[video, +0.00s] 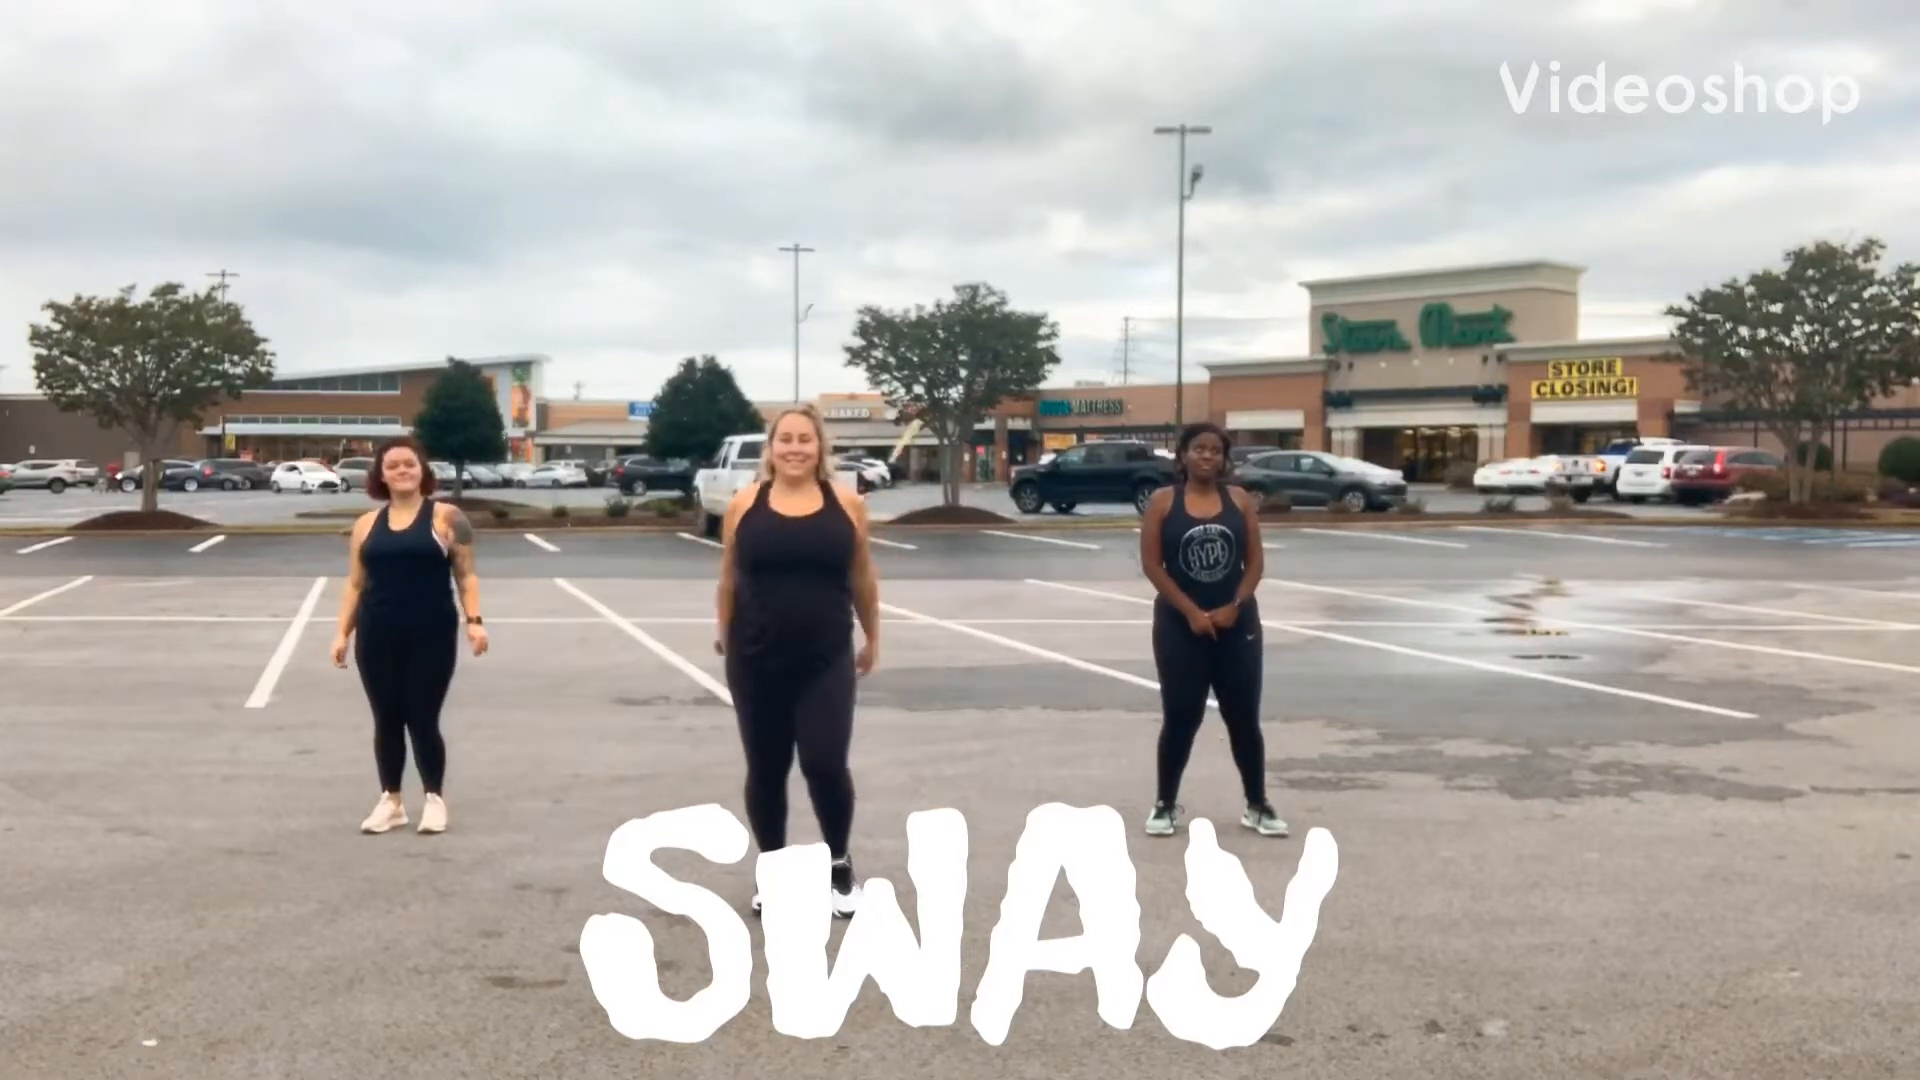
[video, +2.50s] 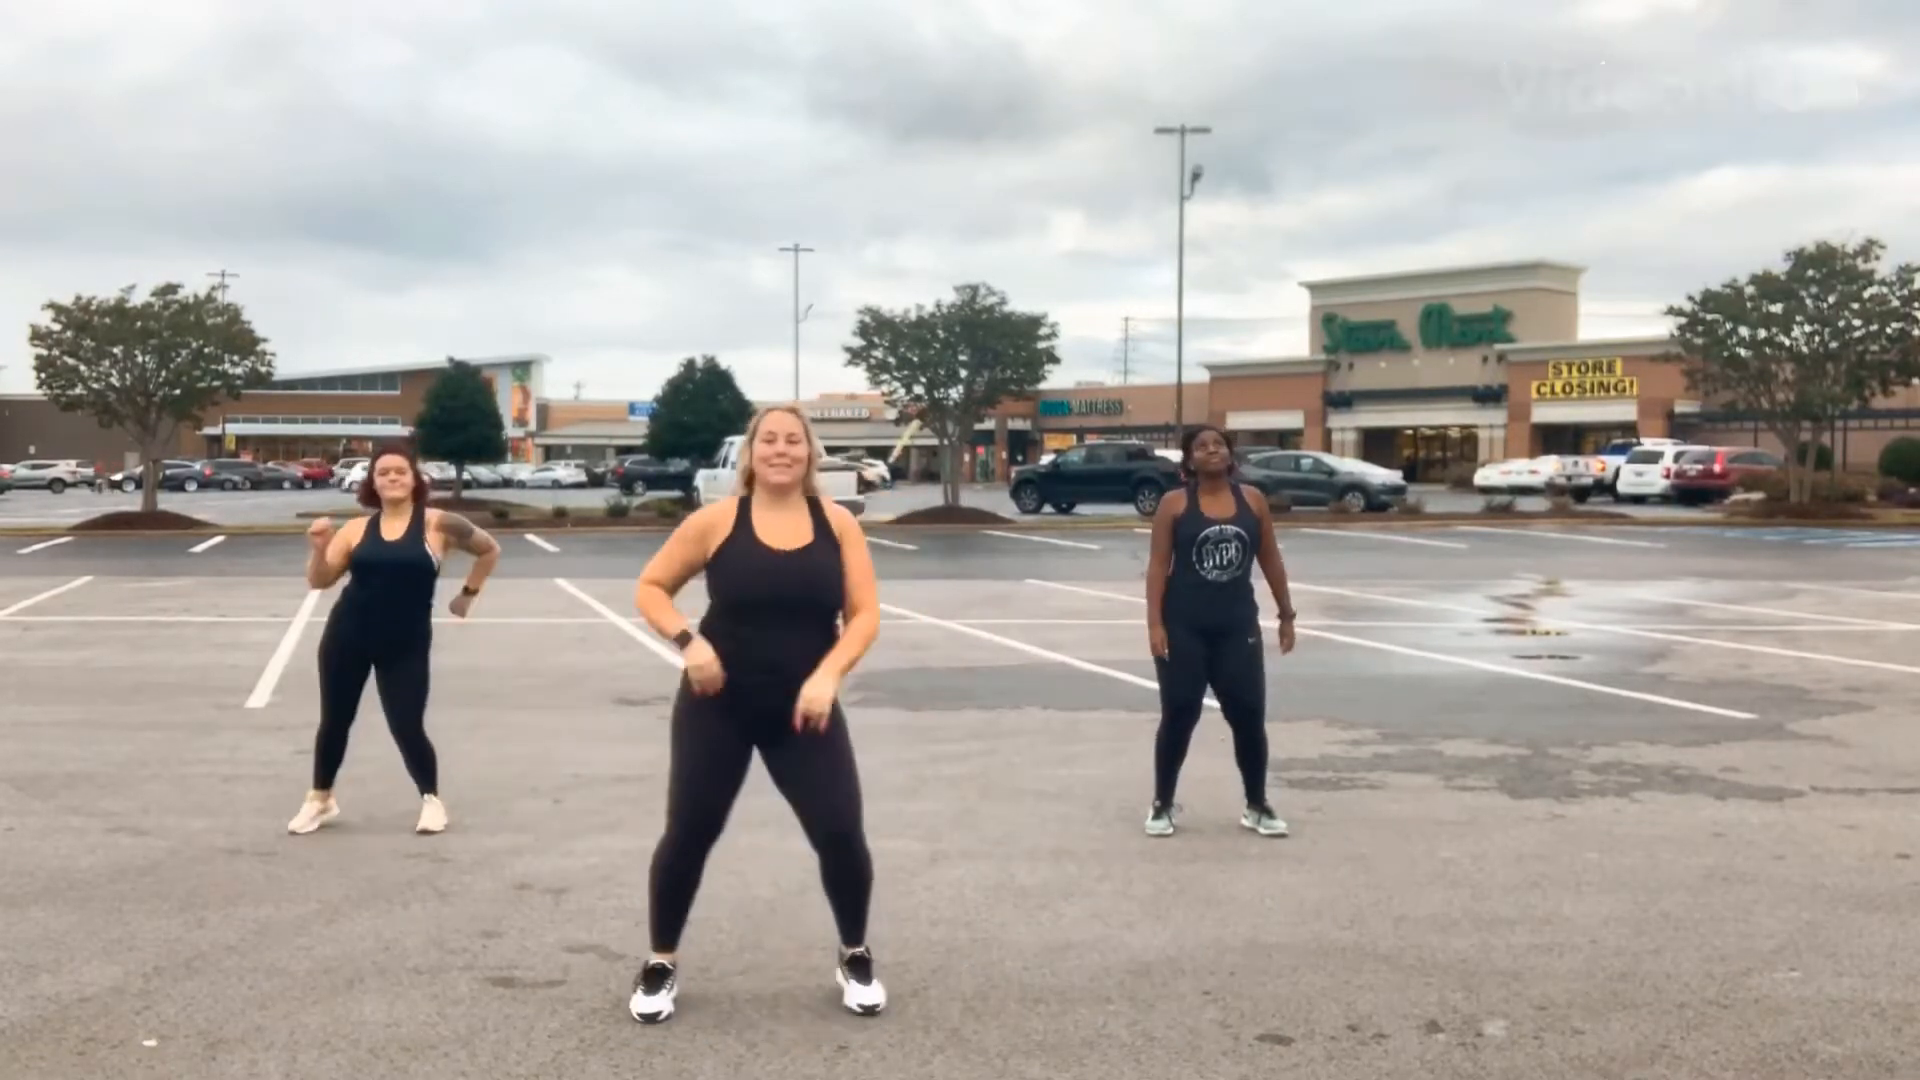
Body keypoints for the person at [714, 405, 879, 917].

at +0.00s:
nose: (795, 448)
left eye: (805, 439)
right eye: (785, 439)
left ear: (820, 448)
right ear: (770, 448)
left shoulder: (845, 505)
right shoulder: (744, 504)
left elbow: (862, 575)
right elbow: (728, 576)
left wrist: (872, 637)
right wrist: (725, 631)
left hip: (826, 658)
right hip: (755, 658)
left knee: (824, 767)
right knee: (765, 772)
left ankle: (839, 863)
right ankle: (769, 873)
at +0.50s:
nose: (818, 451)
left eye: (828, 443)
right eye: (808, 442)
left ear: (843, 454)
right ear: (791, 453)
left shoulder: (862, 514)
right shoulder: (762, 509)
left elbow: (910, 584)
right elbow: (734, 568)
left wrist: (972, 572)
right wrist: (713, 604)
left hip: (852, 676)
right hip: (779, 675)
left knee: (846, 795)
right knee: (785, 788)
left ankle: (846, 910)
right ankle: (771, 876)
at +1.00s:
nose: (826, 447)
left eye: (836, 438)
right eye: (815, 438)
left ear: (854, 448)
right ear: (798, 448)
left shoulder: (883, 510)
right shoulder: (768, 512)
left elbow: (923, 583)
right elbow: (731, 568)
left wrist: (901, 626)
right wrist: (742, 628)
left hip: (865, 692)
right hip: (787, 691)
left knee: (853, 816)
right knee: (791, 822)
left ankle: (850, 921)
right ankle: (784, 959)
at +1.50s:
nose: (810, 439)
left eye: (821, 429)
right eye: (798, 429)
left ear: (839, 441)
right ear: (779, 443)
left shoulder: (868, 505)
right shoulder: (751, 510)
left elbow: (922, 549)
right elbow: (673, 574)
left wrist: (913, 602)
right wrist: (726, 606)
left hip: (855, 697)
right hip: (771, 700)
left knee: (854, 835)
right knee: (780, 838)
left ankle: (864, 974)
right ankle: (786, 981)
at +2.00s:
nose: (826, 443)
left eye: (838, 434)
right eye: (814, 433)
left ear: (856, 446)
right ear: (795, 445)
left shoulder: (882, 514)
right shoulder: (764, 511)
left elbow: (931, 598)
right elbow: (749, 602)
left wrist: (909, 648)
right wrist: (827, 642)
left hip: (870, 699)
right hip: (787, 701)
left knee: (865, 833)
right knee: (801, 829)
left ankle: (865, 970)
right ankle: (791, 975)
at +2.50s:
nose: (780, 449)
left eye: (792, 440)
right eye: (769, 440)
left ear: (809, 455)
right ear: (750, 454)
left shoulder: (838, 524)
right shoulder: (716, 520)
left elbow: (866, 614)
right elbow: (651, 589)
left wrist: (828, 674)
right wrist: (690, 643)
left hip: (806, 707)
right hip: (718, 702)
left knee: (842, 838)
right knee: (689, 833)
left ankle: (855, 955)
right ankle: (661, 962)